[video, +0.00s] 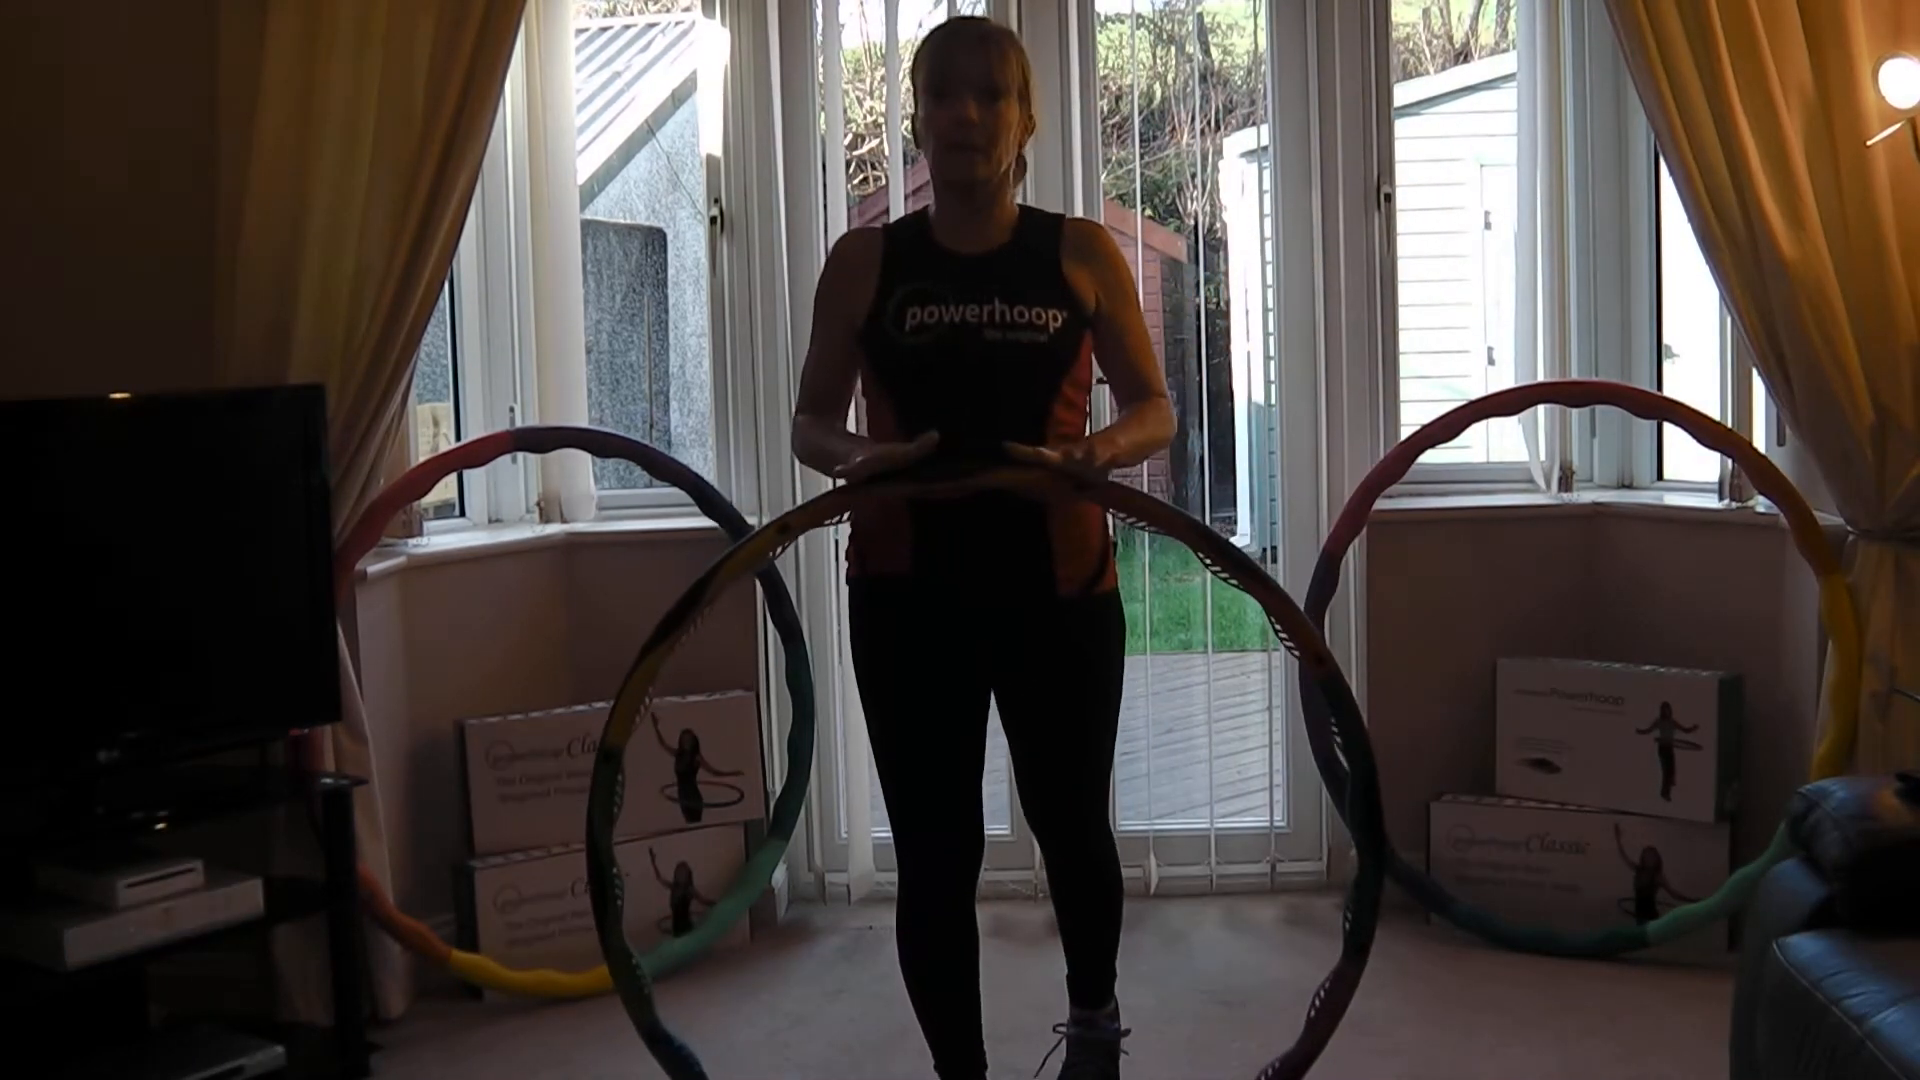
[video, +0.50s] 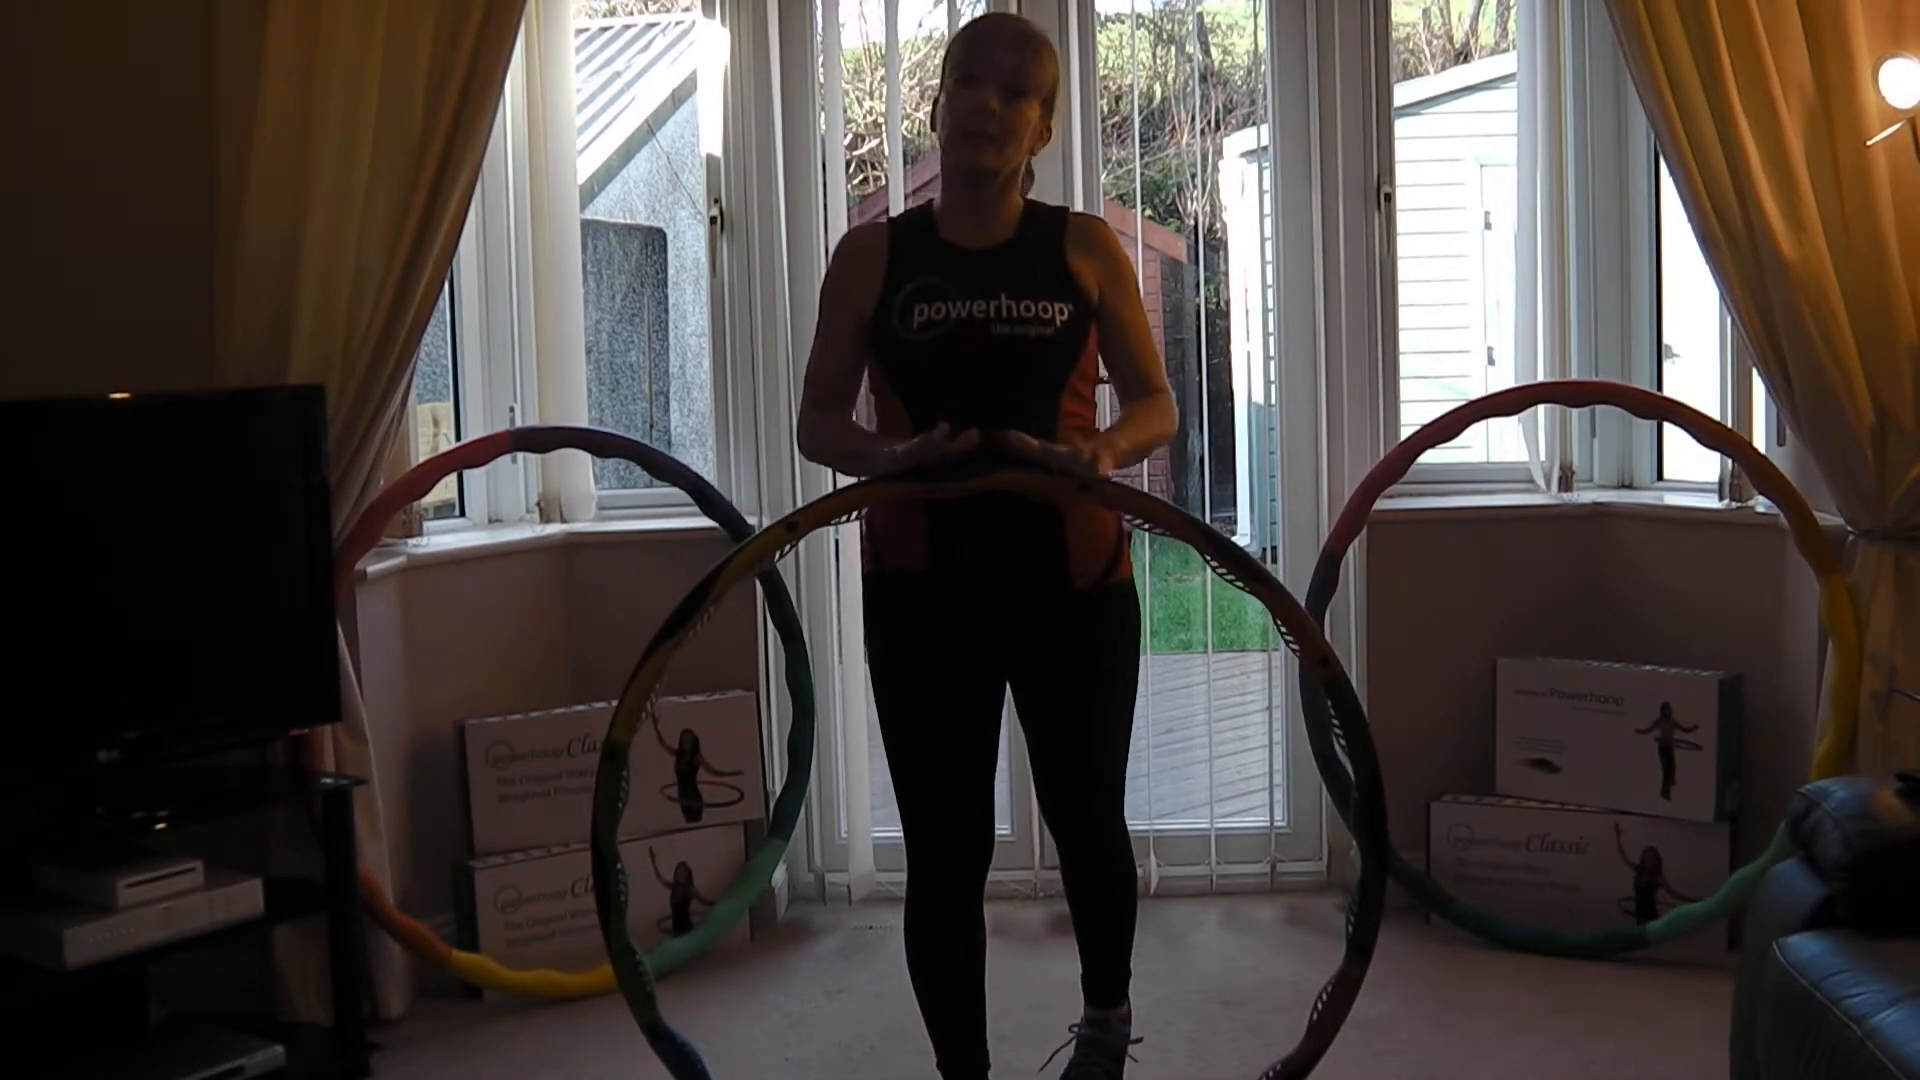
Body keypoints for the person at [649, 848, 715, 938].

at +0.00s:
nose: (681, 876)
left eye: (683, 873)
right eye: (678, 873)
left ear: (688, 874)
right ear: (675, 874)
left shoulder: (690, 889)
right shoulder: (673, 887)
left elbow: (703, 901)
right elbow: (659, 878)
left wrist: (715, 904)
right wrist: (653, 861)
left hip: (686, 923)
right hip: (675, 923)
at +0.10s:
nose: (681, 876)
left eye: (683, 873)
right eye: (678, 873)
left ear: (688, 874)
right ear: (675, 874)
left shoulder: (690, 889)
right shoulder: (673, 887)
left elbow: (703, 901)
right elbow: (659, 878)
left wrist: (715, 904)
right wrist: (653, 862)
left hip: (686, 923)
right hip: (675, 923)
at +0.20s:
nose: (681, 875)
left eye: (683, 873)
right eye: (678, 872)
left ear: (688, 874)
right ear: (675, 874)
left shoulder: (690, 889)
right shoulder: (674, 887)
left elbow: (703, 901)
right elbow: (659, 878)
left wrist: (715, 904)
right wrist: (653, 862)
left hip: (686, 922)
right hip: (675, 923)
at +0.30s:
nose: (681, 875)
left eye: (683, 873)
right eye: (679, 872)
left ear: (688, 874)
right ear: (675, 874)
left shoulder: (690, 889)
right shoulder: (674, 887)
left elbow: (703, 901)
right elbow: (659, 878)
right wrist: (653, 861)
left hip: (686, 923)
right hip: (675, 923)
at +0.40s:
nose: (681, 875)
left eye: (683, 873)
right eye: (679, 872)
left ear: (688, 874)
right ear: (675, 874)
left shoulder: (690, 889)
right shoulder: (674, 887)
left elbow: (703, 901)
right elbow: (659, 878)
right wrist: (653, 861)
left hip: (686, 923)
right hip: (675, 923)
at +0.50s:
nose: (681, 875)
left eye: (683, 872)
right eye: (679, 872)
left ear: (688, 874)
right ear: (675, 874)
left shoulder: (690, 889)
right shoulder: (674, 887)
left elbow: (703, 901)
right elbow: (659, 878)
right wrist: (653, 861)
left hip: (686, 924)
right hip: (675, 924)